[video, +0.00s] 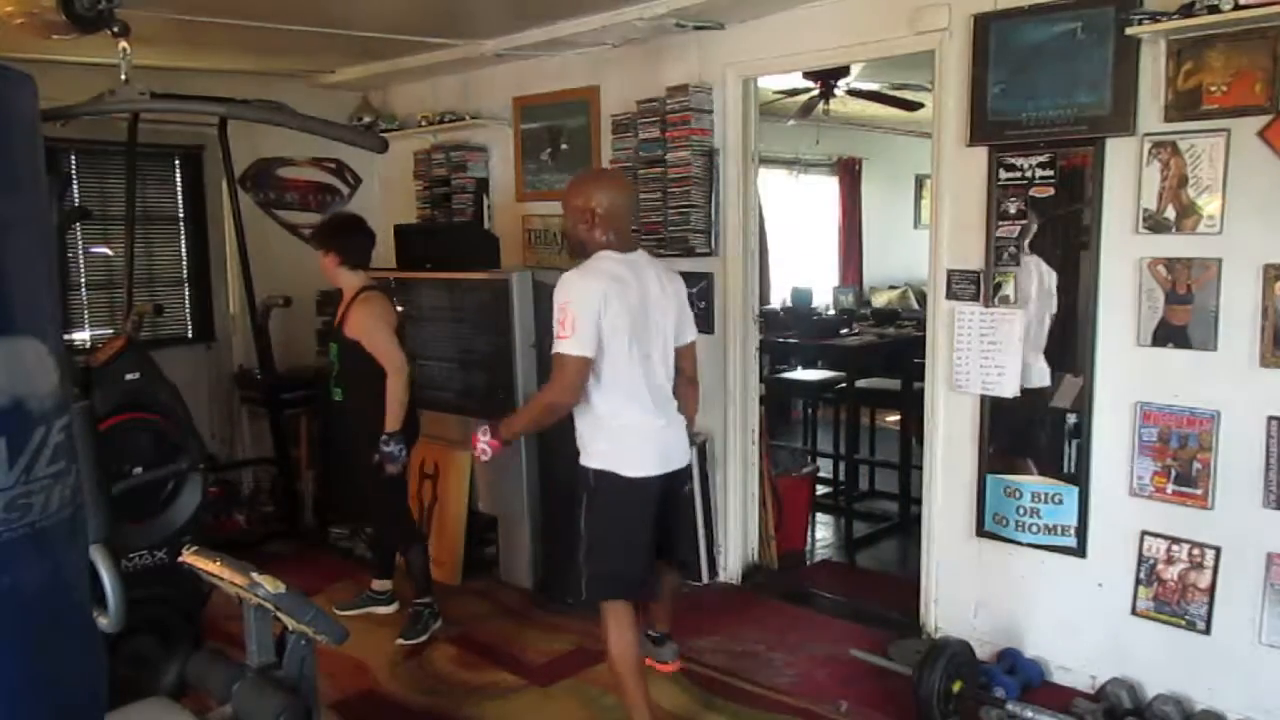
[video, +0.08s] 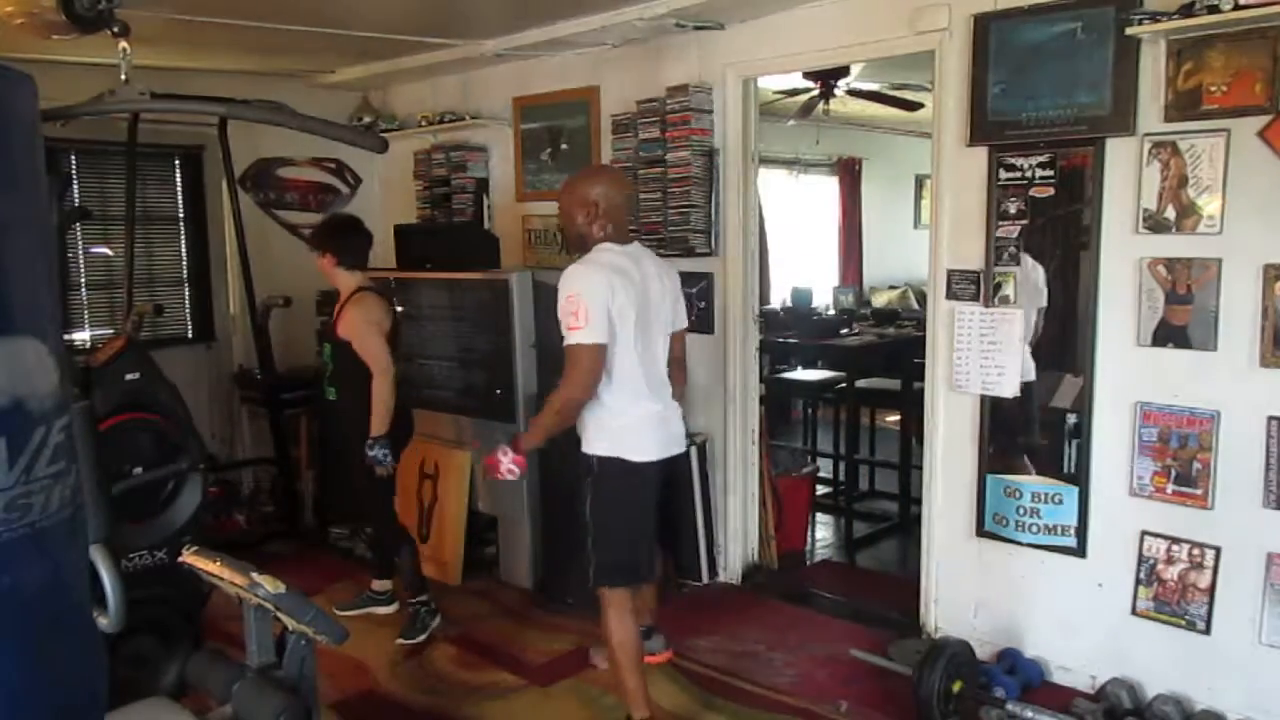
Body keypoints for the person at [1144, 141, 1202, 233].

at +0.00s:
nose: (1158, 158)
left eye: (1159, 153)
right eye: (1155, 156)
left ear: (1168, 149)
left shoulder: (1175, 161)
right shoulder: (1164, 165)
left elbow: (1171, 188)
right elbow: (1162, 188)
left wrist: (1160, 213)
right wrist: (1157, 213)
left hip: (1190, 212)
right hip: (1180, 213)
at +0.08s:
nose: (1158, 158)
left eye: (1159, 153)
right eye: (1155, 156)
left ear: (1168, 149)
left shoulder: (1175, 161)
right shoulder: (1164, 166)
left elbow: (1171, 188)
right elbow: (1162, 188)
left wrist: (1160, 213)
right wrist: (1157, 213)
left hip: (1190, 212)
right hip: (1180, 213)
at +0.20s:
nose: (1158, 158)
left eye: (1159, 153)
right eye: (1155, 156)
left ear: (1168, 149)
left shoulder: (1175, 161)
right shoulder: (1164, 165)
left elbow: (1171, 188)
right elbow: (1162, 188)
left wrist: (1160, 213)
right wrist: (1157, 213)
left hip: (1190, 212)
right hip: (1180, 213)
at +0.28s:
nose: (1158, 158)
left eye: (1159, 154)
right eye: (1155, 156)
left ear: (1168, 149)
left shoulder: (1175, 161)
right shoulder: (1164, 165)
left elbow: (1170, 188)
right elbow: (1162, 188)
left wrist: (1160, 213)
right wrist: (1157, 212)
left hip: (1190, 212)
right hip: (1180, 212)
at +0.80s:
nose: (1158, 158)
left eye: (1159, 153)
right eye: (1155, 156)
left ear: (1168, 149)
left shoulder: (1175, 161)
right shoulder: (1164, 164)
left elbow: (1170, 188)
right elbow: (1161, 188)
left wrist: (1160, 214)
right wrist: (1157, 212)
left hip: (1190, 211)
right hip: (1180, 212)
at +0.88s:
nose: (1157, 158)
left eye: (1159, 154)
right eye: (1155, 156)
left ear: (1168, 150)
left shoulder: (1175, 161)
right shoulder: (1164, 165)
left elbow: (1170, 188)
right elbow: (1161, 188)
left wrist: (1160, 214)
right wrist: (1157, 212)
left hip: (1190, 211)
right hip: (1180, 212)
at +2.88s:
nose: (1157, 158)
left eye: (1159, 153)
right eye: (1155, 156)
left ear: (1168, 150)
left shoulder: (1175, 161)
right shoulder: (1164, 166)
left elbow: (1170, 188)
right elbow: (1161, 188)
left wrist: (1160, 213)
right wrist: (1157, 212)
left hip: (1190, 211)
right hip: (1180, 211)